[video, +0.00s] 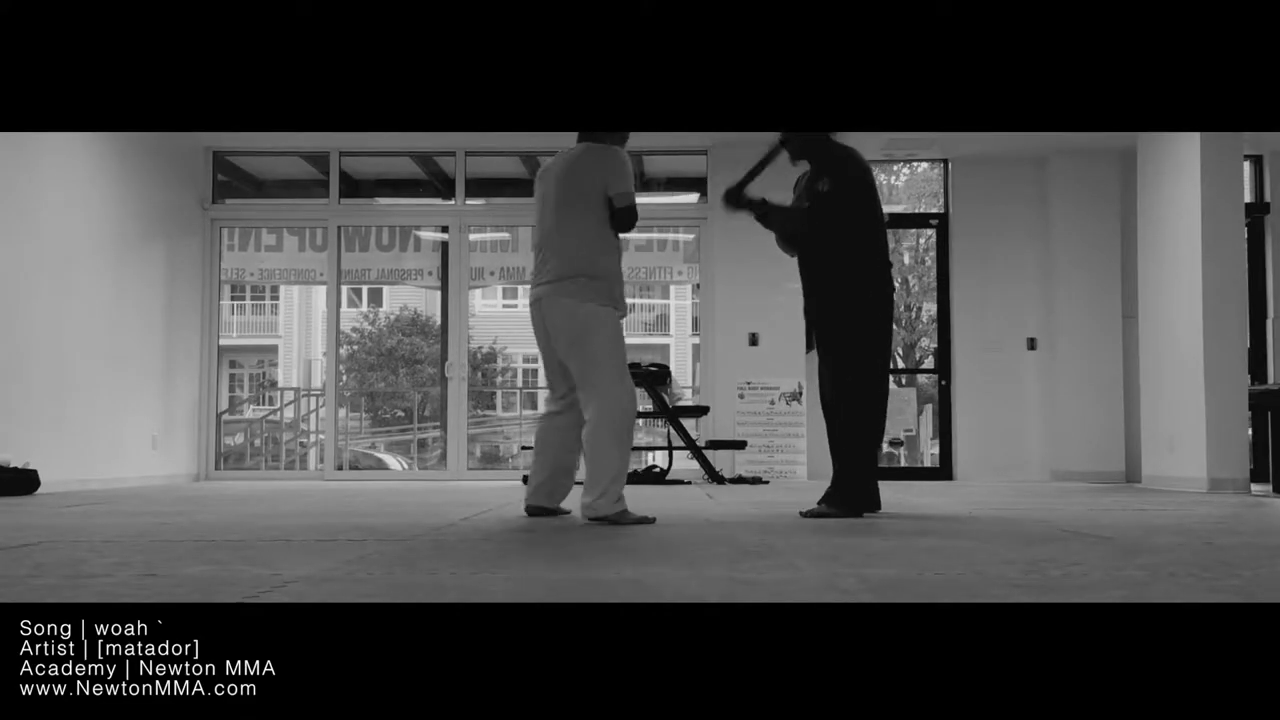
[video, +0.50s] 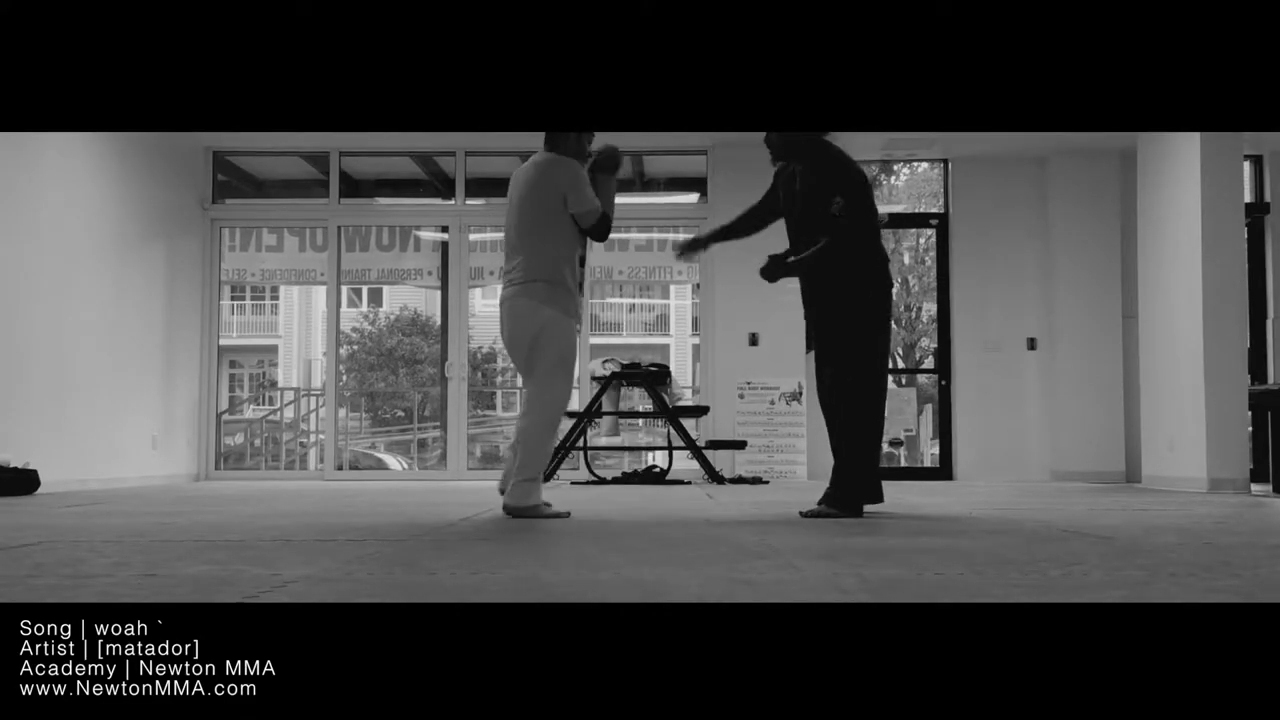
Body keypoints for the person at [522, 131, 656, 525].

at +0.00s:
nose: (627, 143)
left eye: (626, 139)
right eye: (626, 139)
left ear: (581, 133)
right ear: (619, 135)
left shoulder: (549, 168)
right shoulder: (611, 156)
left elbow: (553, 220)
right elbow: (625, 219)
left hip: (544, 298)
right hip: (586, 298)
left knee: (564, 398)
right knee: (612, 398)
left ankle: (542, 498)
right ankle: (604, 504)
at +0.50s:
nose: (590, 146)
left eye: (591, 140)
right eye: (588, 139)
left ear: (550, 138)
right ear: (574, 137)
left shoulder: (525, 172)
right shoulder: (567, 169)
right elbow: (600, 229)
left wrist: (593, 177)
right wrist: (606, 178)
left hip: (517, 302)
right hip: (547, 303)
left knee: (540, 395)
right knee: (549, 396)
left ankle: (514, 486)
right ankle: (524, 497)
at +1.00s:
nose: (575, 186)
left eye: (576, 180)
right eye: (574, 180)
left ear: (539, 166)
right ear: (566, 172)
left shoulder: (505, 192)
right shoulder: (550, 189)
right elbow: (578, 246)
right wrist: (581, 195)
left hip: (492, 314)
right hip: (526, 313)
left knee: (509, 404)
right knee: (550, 393)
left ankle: (505, 492)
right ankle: (527, 485)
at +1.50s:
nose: (564, 166)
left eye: (566, 160)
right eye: (562, 157)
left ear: (542, 153)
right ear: (542, 152)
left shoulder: (534, 191)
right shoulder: (500, 180)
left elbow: (536, 241)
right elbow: (533, 239)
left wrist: (564, 224)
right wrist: (552, 194)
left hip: (525, 315)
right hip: (499, 313)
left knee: (531, 403)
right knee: (515, 401)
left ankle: (507, 493)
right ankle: (496, 499)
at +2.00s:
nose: (543, 180)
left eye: (542, 173)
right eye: (541, 173)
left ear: (502, 161)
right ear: (529, 167)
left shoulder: (477, 189)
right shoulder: (513, 179)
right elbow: (556, 223)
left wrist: (543, 209)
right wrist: (549, 191)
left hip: (466, 314)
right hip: (494, 313)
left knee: (489, 400)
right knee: (525, 399)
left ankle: (458, 486)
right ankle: (498, 498)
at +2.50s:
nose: (504, 206)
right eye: (502, 203)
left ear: (464, 205)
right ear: (493, 202)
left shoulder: (438, 235)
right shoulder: (503, 214)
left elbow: (441, 283)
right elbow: (547, 257)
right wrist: (542, 234)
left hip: (452, 322)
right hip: (493, 314)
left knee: (477, 408)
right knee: (527, 402)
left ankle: (454, 496)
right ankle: (499, 489)